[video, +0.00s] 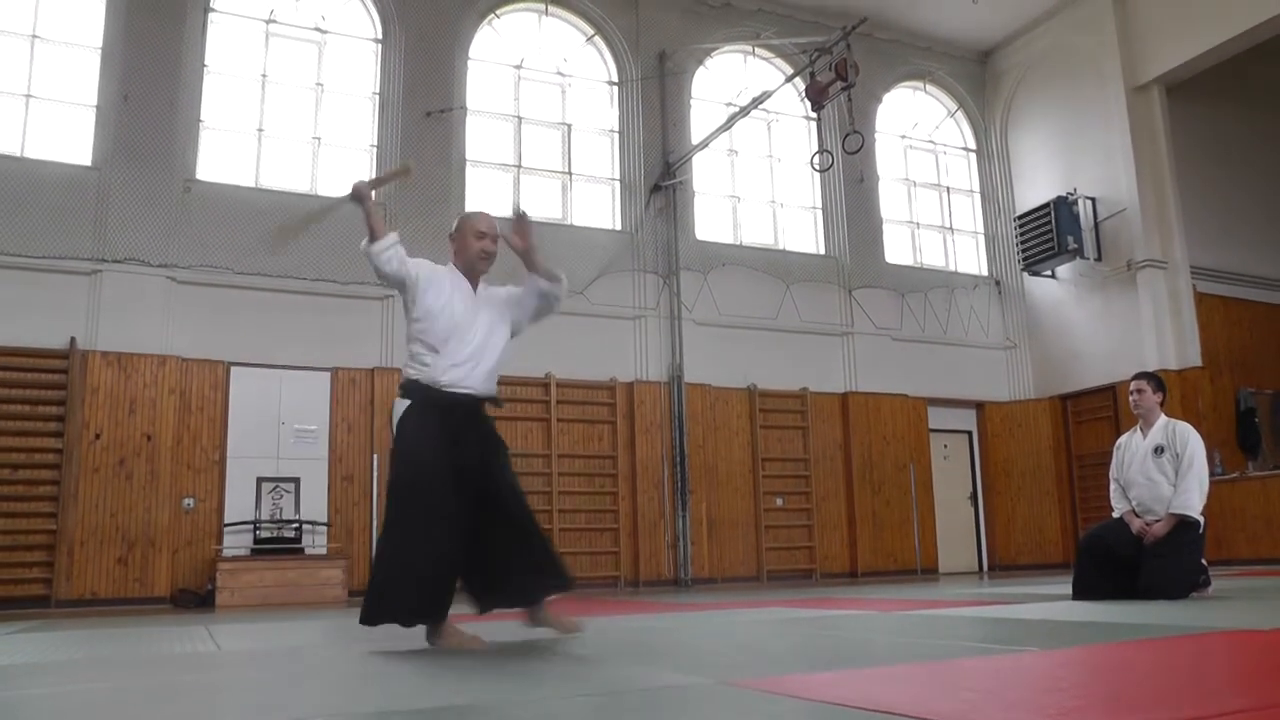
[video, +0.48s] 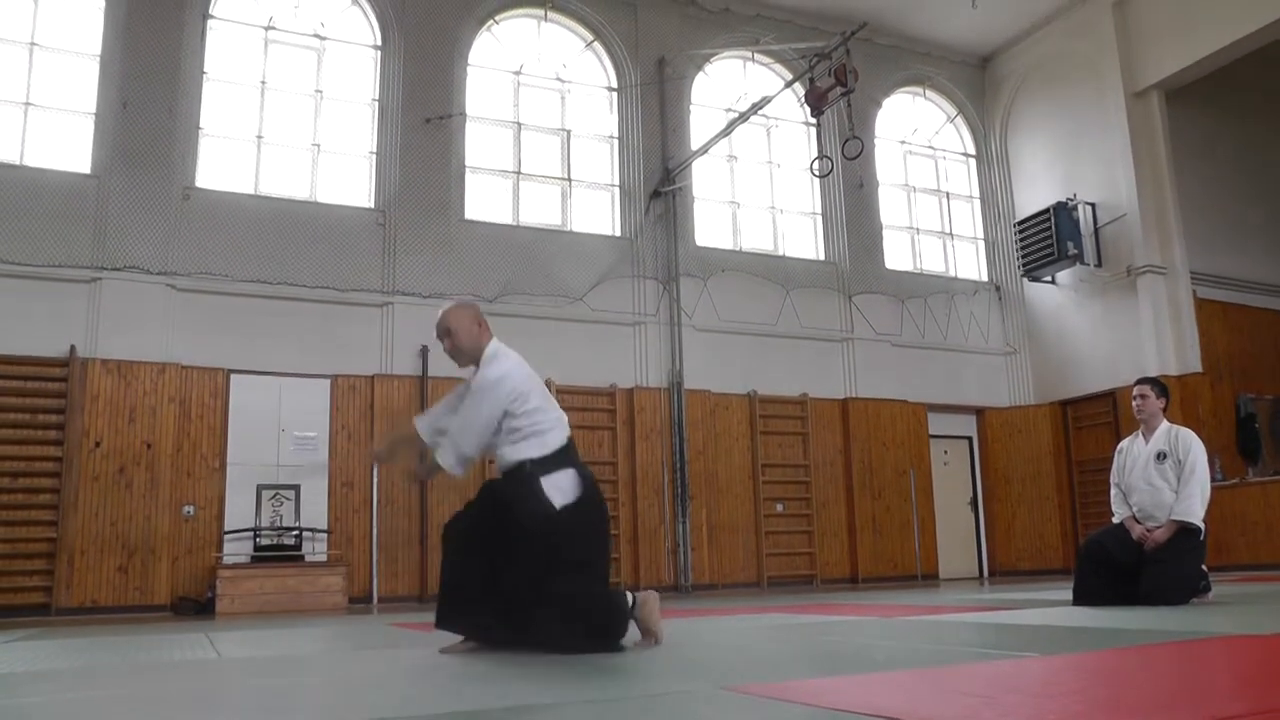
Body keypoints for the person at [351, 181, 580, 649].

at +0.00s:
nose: (490, 246)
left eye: (495, 240)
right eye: (481, 236)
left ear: (498, 249)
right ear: (455, 242)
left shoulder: (503, 301)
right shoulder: (426, 275)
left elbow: (550, 294)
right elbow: (386, 259)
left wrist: (528, 255)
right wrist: (369, 206)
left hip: (473, 416)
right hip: (427, 412)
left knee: (505, 506)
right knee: (434, 514)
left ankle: (537, 604)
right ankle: (438, 624)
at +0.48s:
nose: (444, 345)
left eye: (448, 334)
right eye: (441, 338)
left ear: (479, 328)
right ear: (474, 332)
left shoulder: (498, 373)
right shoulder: (487, 371)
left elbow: (466, 440)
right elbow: (441, 415)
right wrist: (394, 443)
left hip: (549, 484)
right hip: (523, 481)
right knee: (464, 534)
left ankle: (632, 606)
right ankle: (487, 630)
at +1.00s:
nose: (448, 363)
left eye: (457, 353)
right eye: (443, 357)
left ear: (485, 358)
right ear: (440, 365)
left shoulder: (488, 409)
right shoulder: (495, 399)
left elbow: (480, 485)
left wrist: (454, 519)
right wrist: (458, 511)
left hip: (533, 522)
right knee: (439, 545)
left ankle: (623, 616)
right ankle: (478, 637)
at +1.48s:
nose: (495, 266)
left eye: (493, 259)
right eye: (487, 258)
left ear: (468, 265)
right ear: (458, 263)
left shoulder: (500, 321)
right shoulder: (417, 313)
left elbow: (546, 373)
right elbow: (386, 370)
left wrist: (595, 377)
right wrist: (393, 412)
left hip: (493, 433)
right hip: (442, 433)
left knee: (526, 520)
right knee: (451, 532)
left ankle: (551, 617)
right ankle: (475, 630)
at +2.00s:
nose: (466, 274)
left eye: (465, 267)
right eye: (461, 266)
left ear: (434, 268)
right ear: (439, 267)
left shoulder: (417, 305)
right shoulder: (433, 304)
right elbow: (461, 369)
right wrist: (498, 424)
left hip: (393, 418)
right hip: (411, 423)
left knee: (387, 528)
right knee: (418, 527)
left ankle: (376, 640)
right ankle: (403, 635)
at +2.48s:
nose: (473, 270)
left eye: (472, 262)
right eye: (468, 261)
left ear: (437, 265)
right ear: (446, 263)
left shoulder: (399, 314)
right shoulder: (451, 307)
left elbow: (394, 382)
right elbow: (472, 372)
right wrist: (495, 432)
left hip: (390, 425)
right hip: (427, 428)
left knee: (390, 531)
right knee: (426, 531)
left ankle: (390, 643)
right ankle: (402, 646)